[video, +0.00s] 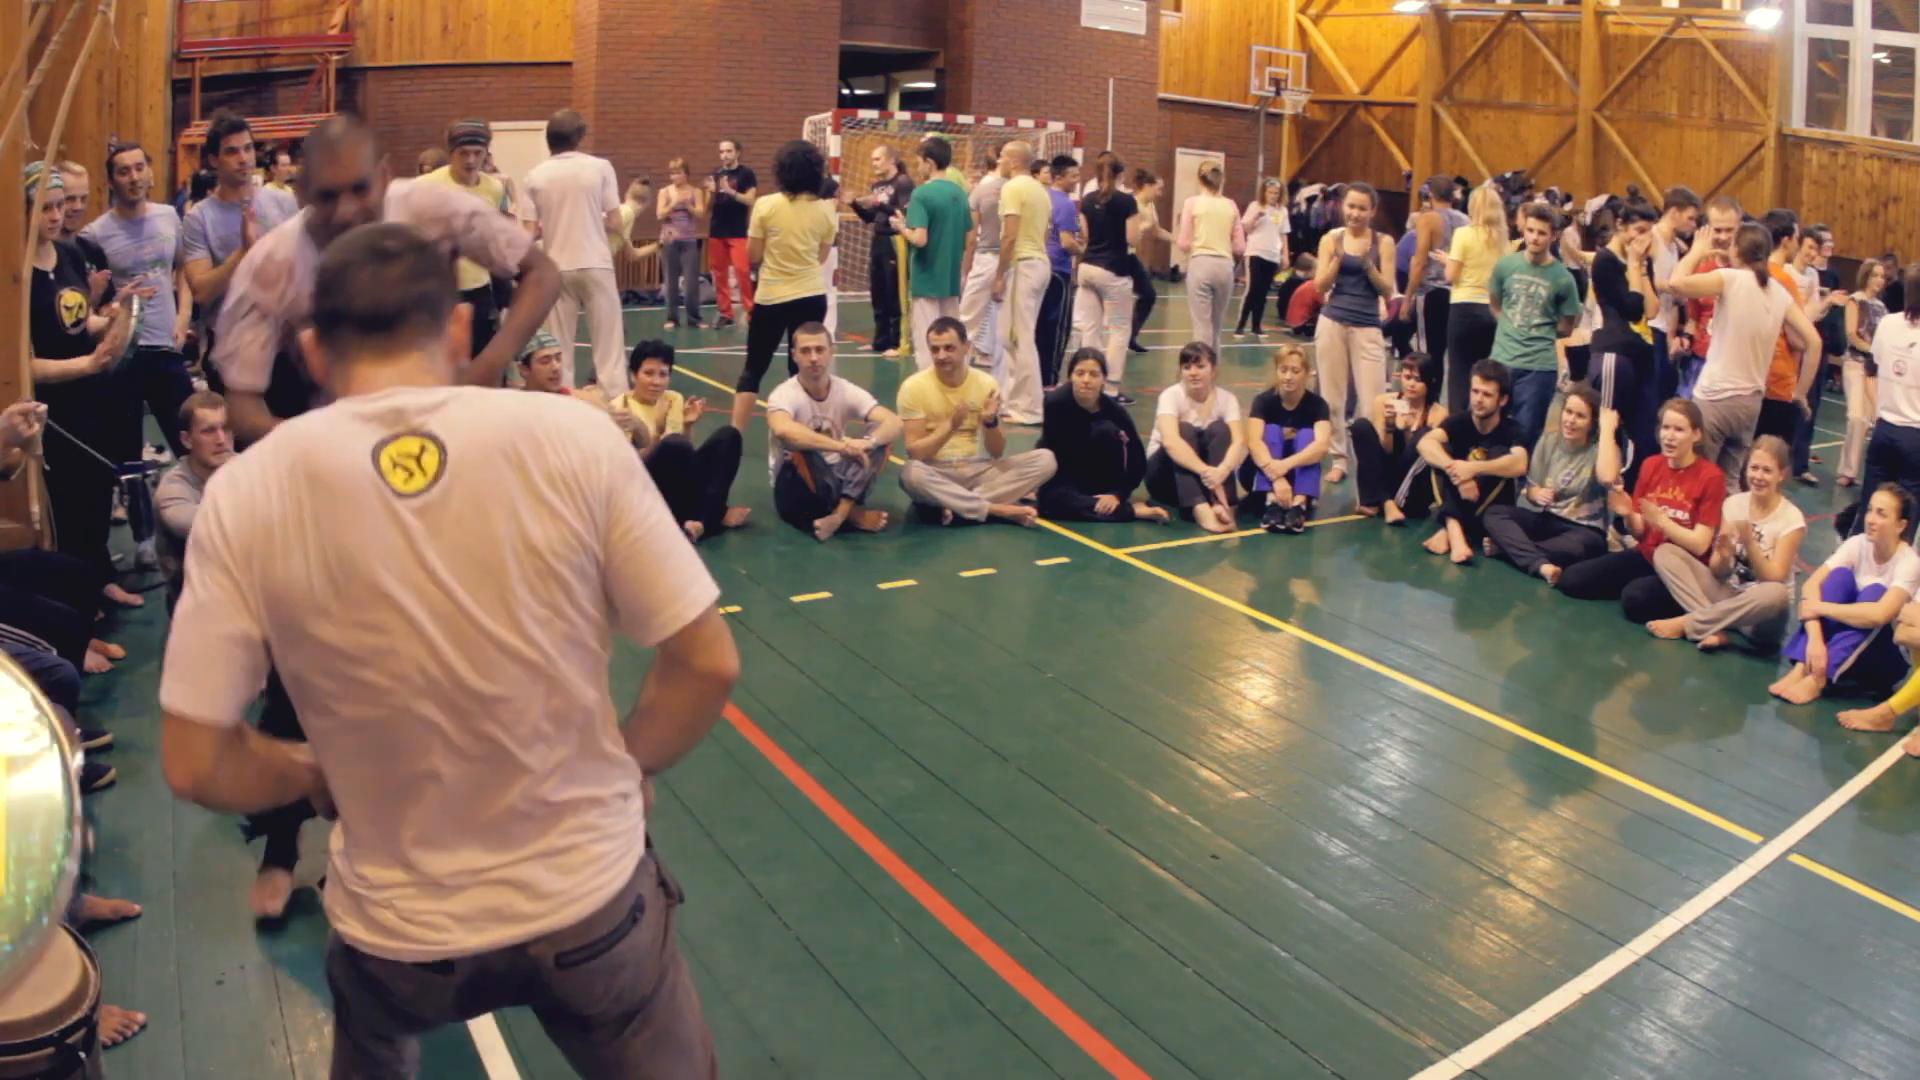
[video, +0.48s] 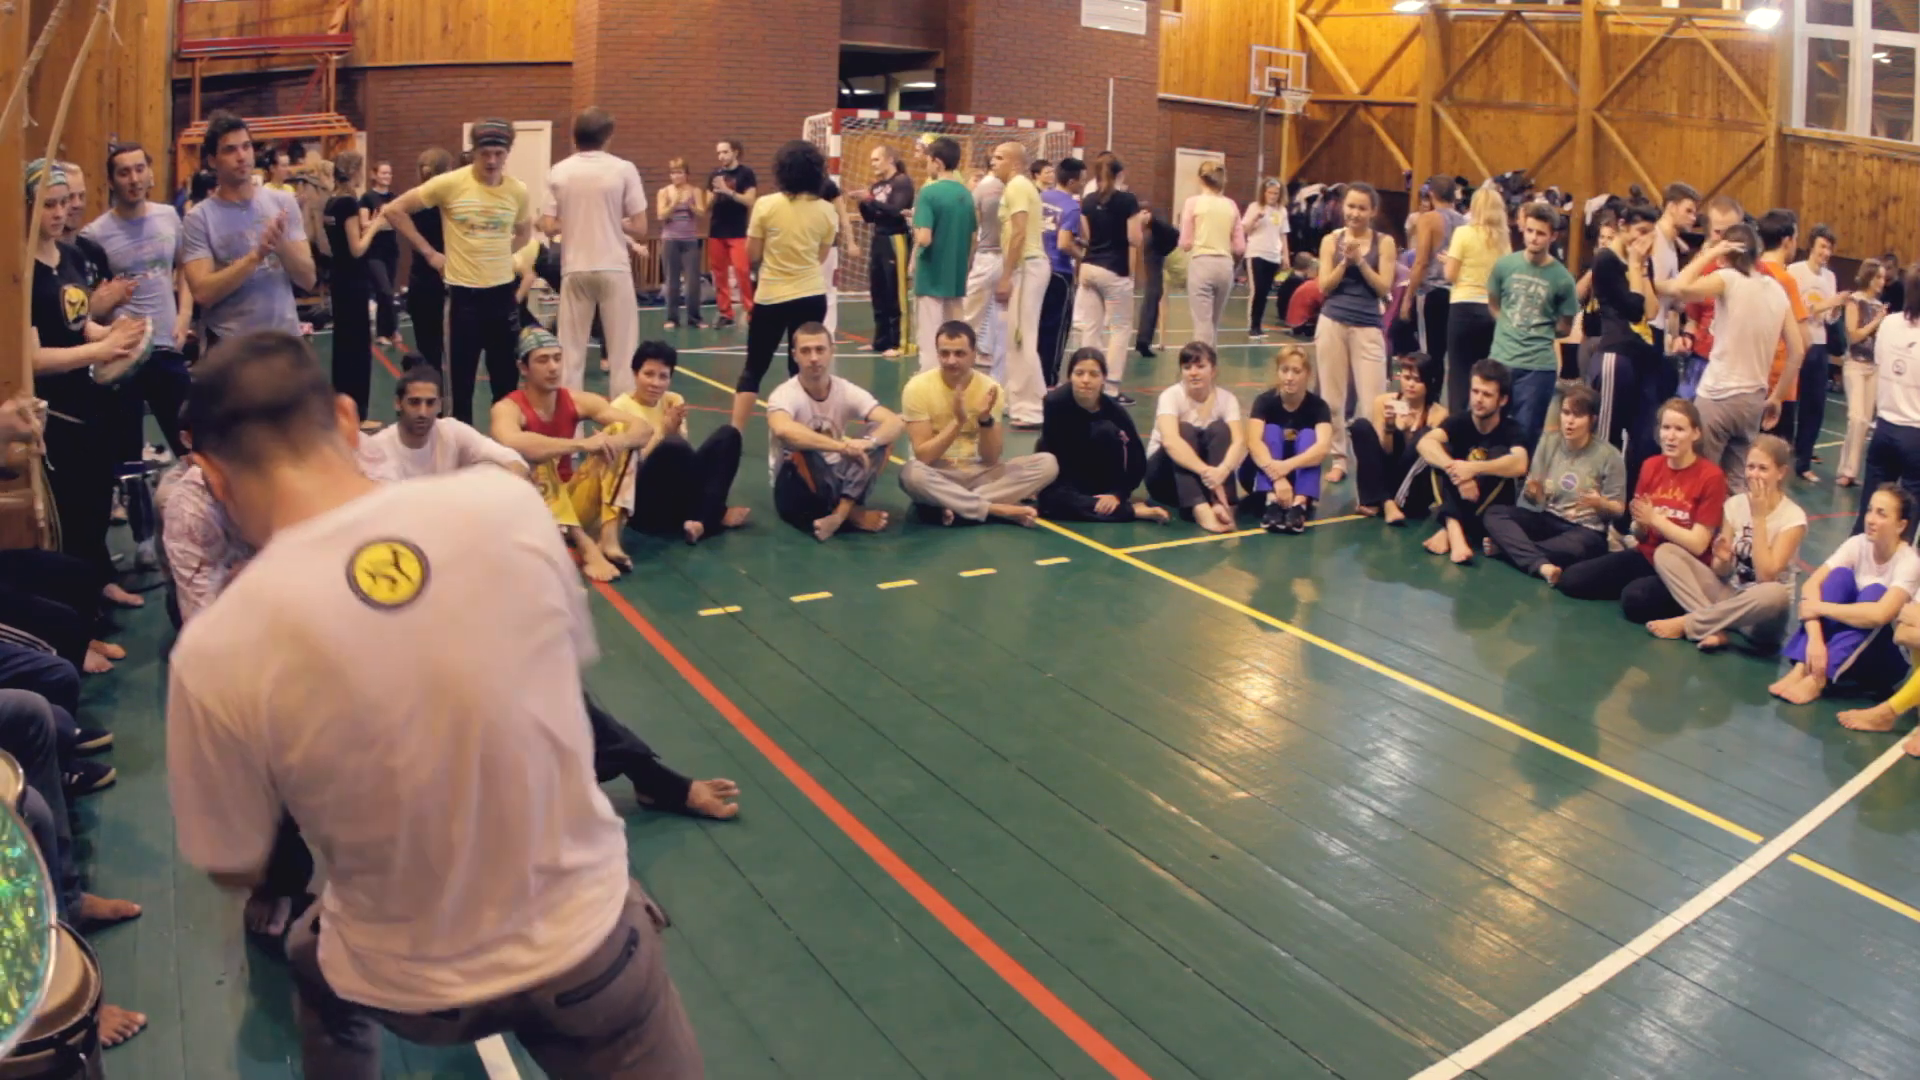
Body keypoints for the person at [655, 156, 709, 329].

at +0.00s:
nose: (674, 176)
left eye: (677, 172)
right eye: (672, 172)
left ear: (686, 173)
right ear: (669, 174)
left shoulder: (696, 191)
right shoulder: (664, 192)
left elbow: (701, 213)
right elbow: (660, 214)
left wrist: (688, 205)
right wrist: (673, 204)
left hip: (689, 238)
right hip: (670, 238)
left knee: (692, 280)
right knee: (671, 281)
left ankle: (694, 317)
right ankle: (672, 317)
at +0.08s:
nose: (674, 176)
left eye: (678, 172)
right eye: (672, 172)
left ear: (686, 174)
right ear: (669, 174)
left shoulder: (696, 191)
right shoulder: (664, 192)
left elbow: (702, 213)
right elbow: (659, 213)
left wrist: (689, 206)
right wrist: (673, 205)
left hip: (690, 238)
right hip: (670, 238)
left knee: (692, 280)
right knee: (671, 281)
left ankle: (694, 317)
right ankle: (671, 318)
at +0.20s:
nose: (676, 176)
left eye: (679, 172)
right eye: (673, 173)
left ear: (686, 174)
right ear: (670, 175)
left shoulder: (696, 191)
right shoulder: (664, 192)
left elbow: (702, 213)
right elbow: (660, 217)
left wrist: (693, 205)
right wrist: (667, 210)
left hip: (690, 238)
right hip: (670, 238)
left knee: (692, 280)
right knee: (671, 281)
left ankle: (694, 317)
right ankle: (671, 318)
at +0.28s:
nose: (676, 176)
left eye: (679, 172)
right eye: (673, 172)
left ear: (686, 173)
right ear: (669, 174)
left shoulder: (695, 190)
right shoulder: (664, 192)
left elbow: (701, 213)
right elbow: (661, 215)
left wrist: (689, 205)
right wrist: (675, 205)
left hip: (690, 237)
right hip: (670, 237)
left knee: (693, 280)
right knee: (671, 281)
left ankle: (694, 317)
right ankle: (671, 318)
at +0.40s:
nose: (676, 176)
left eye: (679, 172)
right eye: (673, 172)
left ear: (686, 173)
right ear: (669, 174)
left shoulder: (696, 191)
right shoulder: (664, 192)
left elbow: (703, 213)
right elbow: (660, 215)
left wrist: (692, 205)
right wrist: (672, 203)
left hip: (690, 237)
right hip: (670, 237)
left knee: (693, 280)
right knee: (672, 280)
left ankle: (694, 317)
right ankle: (671, 318)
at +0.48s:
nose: (675, 176)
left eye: (679, 172)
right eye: (673, 173)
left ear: (686, 174)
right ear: (669, 175)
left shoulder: (695, 191)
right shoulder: (664, 192)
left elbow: (702, 213)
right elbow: (661, 215)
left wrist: (691, 205)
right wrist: (674, 203)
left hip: (690, 237)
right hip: (670, 237)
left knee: (693, 279)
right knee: (672, 280)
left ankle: (694, 317)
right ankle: (672, 318)